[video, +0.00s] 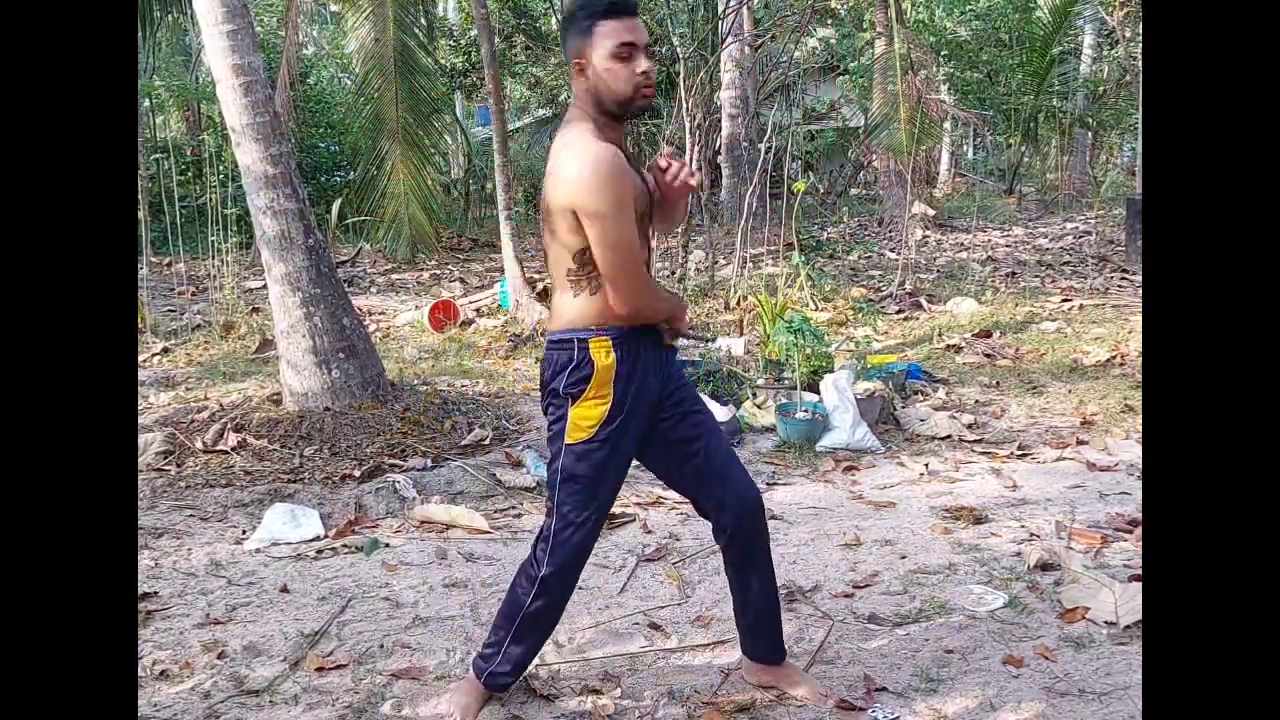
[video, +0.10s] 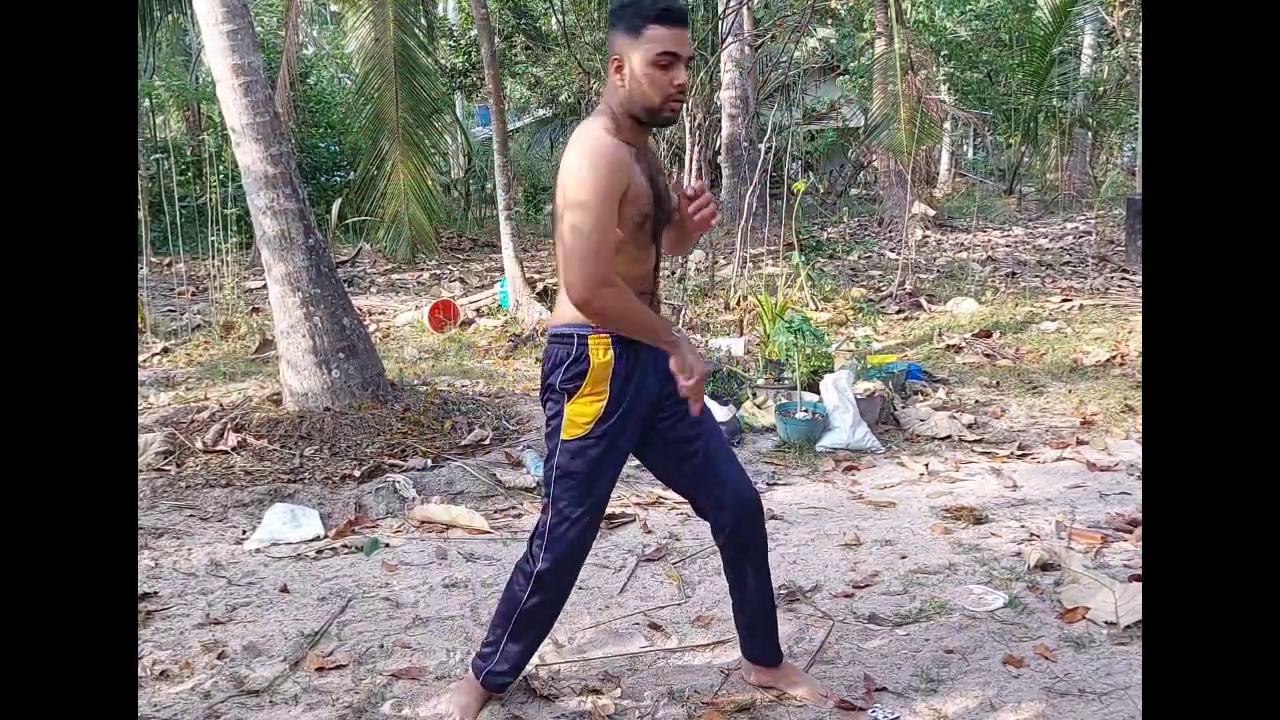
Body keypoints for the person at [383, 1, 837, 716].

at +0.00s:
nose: (647, 67)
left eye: (648, 52)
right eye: (627, 54)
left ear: (641, 60)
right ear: (579, 67)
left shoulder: (596, 148)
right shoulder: (593, 163)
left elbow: (626, 248)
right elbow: (631, 300)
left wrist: (665, 210)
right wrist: (674, 308)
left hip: (639, 355)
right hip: (594, 363)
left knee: (739, 504)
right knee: (568, 534)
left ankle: (766, 661)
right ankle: (479, 685)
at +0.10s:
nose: (680, 78)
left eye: (686, 64)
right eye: (665, 62)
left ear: (685, 67)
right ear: (619, 64)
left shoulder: (635, 147)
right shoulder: (598, 153)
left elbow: (636, 249)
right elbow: (588, 289)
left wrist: (677, 230)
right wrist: (678, 343)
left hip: (644, 359)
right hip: (592, 362)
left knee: (738, 508)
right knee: (563, 537)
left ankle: (766, 664)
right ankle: (477, 685)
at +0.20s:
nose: (729, 83)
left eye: (736, 68)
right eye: (715, 65)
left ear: (731, 71)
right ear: (668, 63)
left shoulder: (700, 149)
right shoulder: (623, 142)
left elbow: (709, 233)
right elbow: (560, 247)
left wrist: (731, 242)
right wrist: (629, 330)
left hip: (680, 357)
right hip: (616, 368)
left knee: (762, 508)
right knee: (566, 536)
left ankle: (767, 664)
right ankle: (480, 683)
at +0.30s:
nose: (774, 77)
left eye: (782, 62)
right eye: (760, 58)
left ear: (784, 65)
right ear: (713, 56)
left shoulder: (759, 148)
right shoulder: (659, 133)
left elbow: (782, 247)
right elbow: (572, 226)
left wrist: (754, 250)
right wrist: (626, 319)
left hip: (723, 349)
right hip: (654, 351)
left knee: (783, 511)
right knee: (589, 525)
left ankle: (767, 664)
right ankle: (494, 673)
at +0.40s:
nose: (791, 71)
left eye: (800, 56)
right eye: (776, 53)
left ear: (804, 58)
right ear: (729, 49)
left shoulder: (792, 139)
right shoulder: (665, 131)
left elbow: (816, 249)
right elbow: (576, 222)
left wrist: (758, 258)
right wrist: (638, 268)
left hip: (748, 345)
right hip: (669, 343)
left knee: (793, 512)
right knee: (624, 515)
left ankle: (767, 662)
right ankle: (541, 671)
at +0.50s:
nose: (798, 66)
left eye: (806, 49)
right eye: (781, 48)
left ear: (810, 48)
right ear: (732, 45)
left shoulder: (815, 135)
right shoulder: (672, 123)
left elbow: (837, 255)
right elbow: (587, 226)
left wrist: (730, 278)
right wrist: (646, 163)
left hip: (776, 344)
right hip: (692, 343)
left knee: (800, 518)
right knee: (658, 516)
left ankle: (769, 665)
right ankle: (596, 678)